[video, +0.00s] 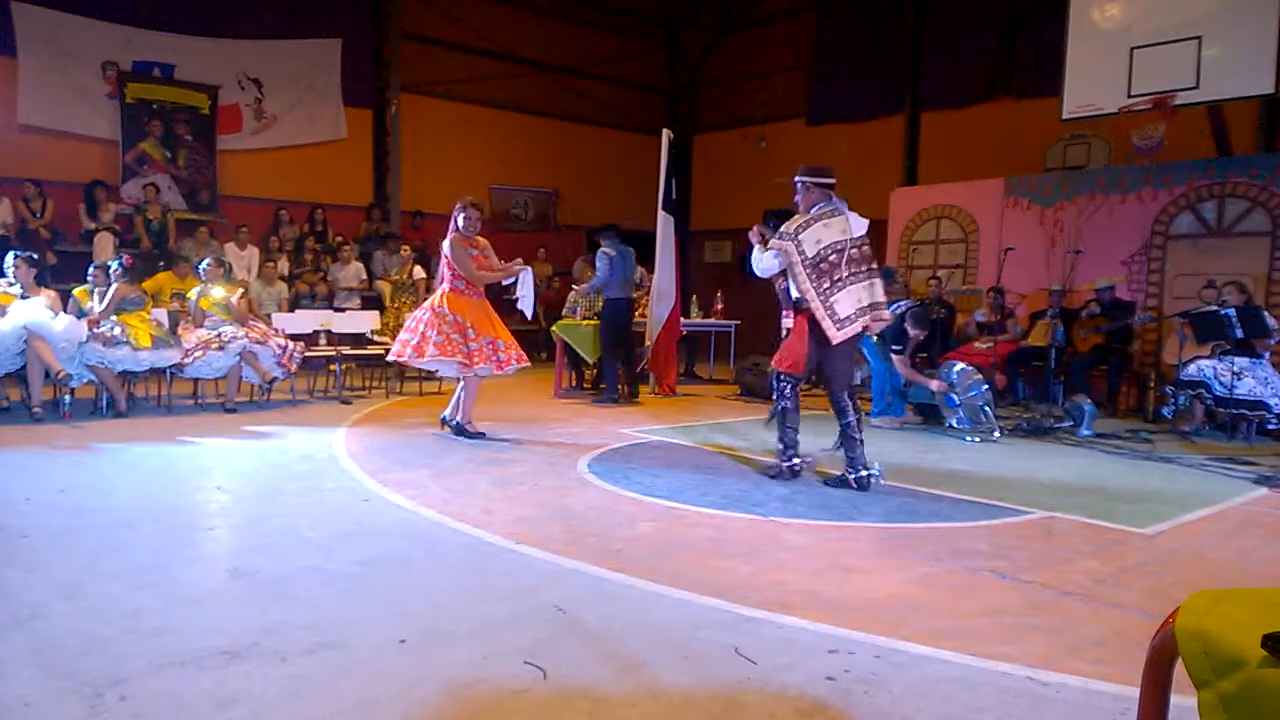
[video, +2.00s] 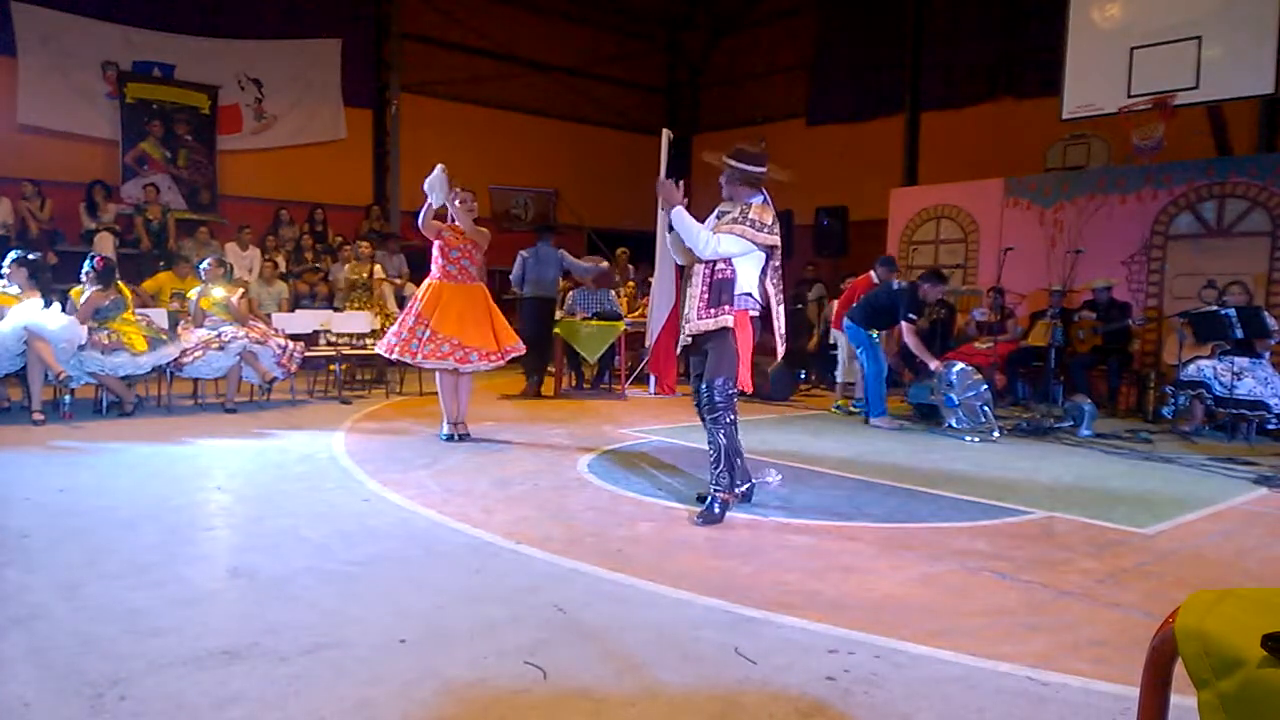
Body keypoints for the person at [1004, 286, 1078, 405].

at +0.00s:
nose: (1055, 300)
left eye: (1058, 296)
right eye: (1053, 296)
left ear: (1063, 298)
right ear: (1049, 297)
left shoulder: (1069, 314)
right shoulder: (1036, 315)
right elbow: (1027, 335)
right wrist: (1023, 342)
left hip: (1056, 349)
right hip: (1036, 348)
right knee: (1012, 358)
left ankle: (1045, 398)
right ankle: (1013, 395)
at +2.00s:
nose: (1055, 300)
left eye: (1058, 296)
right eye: (1053, 296)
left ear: (1063, 297)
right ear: (1049, 297)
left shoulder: (1068, 314)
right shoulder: (1036, 315)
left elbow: (1068, 340)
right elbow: (1028, 335)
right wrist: (1024, 342)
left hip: (1055, 349)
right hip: (1035, 348)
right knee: (1012, 358)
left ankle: (1042, 398)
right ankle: (1012, 395)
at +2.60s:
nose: (1056, 299)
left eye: (1059, 296)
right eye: (1053, 296)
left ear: (1063, 297)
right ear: (1049, 296)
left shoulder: (1068, 314)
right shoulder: (1037, 315)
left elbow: (1067, 339)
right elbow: (1028, 334)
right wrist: (1024, 341)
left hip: (1056, 349)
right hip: (1036, 348)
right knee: (1013, 357)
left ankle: (1042, 399)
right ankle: (1013, 395)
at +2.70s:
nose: (1056, 299)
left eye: (1059, 296)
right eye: (1053, 296)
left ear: (1063, 297)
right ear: (1049, 296)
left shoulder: (1068, 314)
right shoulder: (1037, 315)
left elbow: (1068, 339)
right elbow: (1028, 335)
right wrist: (1024, 341)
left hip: (1056, 349)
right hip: (1036, 348)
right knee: (1013, 358)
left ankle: (1042, 399)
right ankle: (1013, 395)